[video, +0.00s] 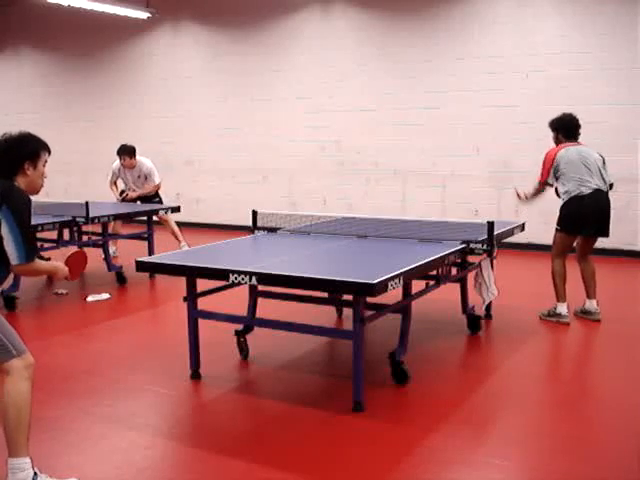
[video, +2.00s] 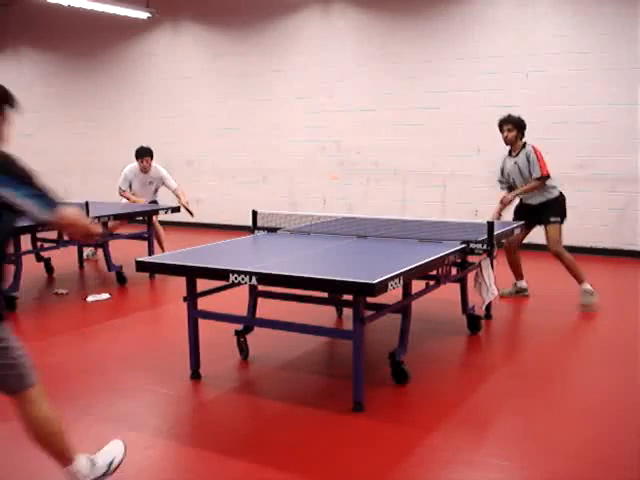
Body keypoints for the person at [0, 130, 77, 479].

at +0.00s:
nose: (45, 174)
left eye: (45, 166)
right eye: (42, 166)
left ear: (21, 166)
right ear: (26, 167)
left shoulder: (8, 196)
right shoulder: (13, 199)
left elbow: (17, 258)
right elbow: (19, 263)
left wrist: (47, 265)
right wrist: (52, 267)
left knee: (17, 363)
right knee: (20, 363)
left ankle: (20, 467)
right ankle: (20, 469)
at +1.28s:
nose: (10, 161)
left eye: (12, 153)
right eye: (8, 152)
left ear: (5, 153)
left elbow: (16, 242)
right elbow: (19, 248)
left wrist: (51, 263)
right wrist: (57, 270)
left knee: (34, 356)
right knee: (37, 357)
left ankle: (30, 459)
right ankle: (31, 460)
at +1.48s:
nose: (62, 180)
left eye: (63, 171)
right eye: (58, 170)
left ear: (28, 167)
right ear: (37, 168)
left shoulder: (4, 187)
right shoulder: (22, 196)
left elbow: (21, 236)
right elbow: (71, 241)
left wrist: (46, 261)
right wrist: (80, 272)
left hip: (6, 311)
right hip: (6, 313)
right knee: (74, 362)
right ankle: (89, 464)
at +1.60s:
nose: (93, 205)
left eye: (95, 199)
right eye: (92, 197)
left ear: (51, 183)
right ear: (74, 189)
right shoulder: (66, 212)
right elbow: (119, 240)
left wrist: (114, 269)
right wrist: (123, 271)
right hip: (16, 321)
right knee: (92, 362)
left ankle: (91, 463)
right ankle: (92, 465)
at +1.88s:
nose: (65, 178)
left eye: (65, 170)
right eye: (63, 170)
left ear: (19, 166)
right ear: (48, 171)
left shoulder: (6, 194)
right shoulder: (53, 201)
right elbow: (130, 218)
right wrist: (165, 239)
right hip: (13, 327)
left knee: (76, 363)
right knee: (78, 365)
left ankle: (92, 463)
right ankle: (92, 464)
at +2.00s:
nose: (10, 127)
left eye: (8, 118)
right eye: (7, 118)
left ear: (2, 119)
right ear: (1, 119)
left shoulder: (5, 166)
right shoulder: (2, 166)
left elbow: (47, 211)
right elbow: (55, 216)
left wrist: (80, 225)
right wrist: (92, 228)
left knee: (26, 389)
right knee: (25, 389)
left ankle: (77, 465)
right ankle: (78, 466)